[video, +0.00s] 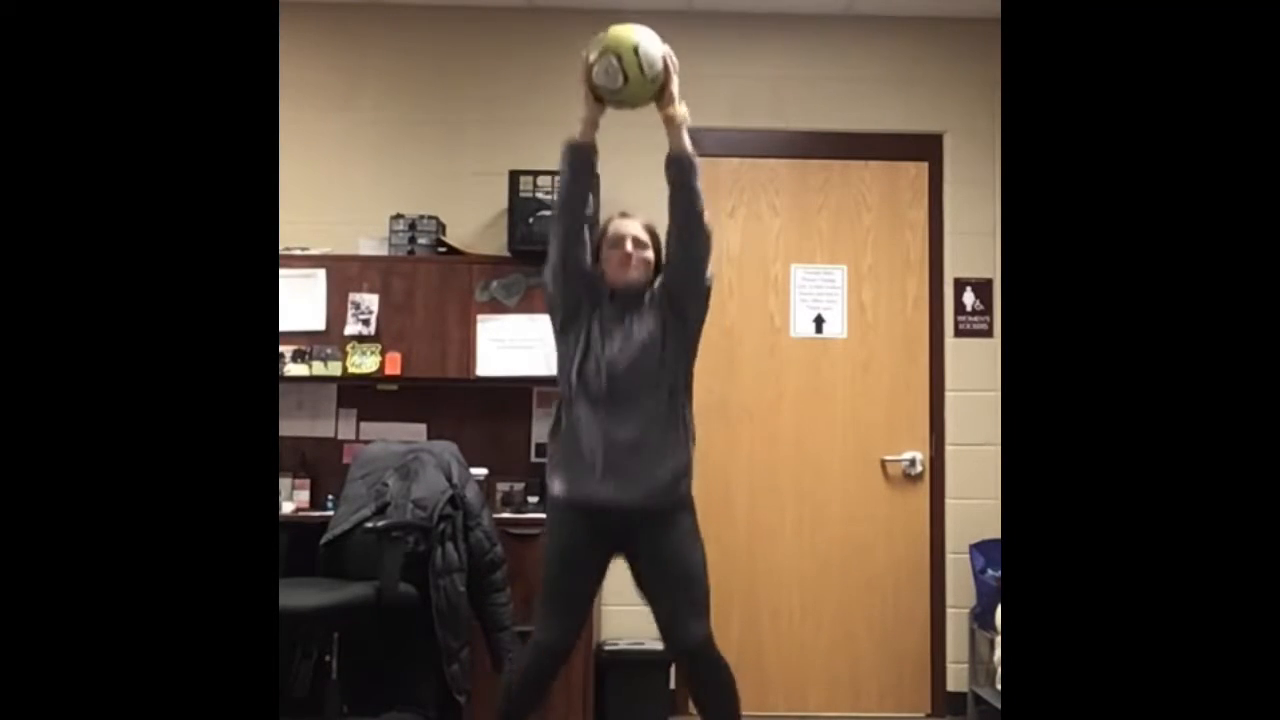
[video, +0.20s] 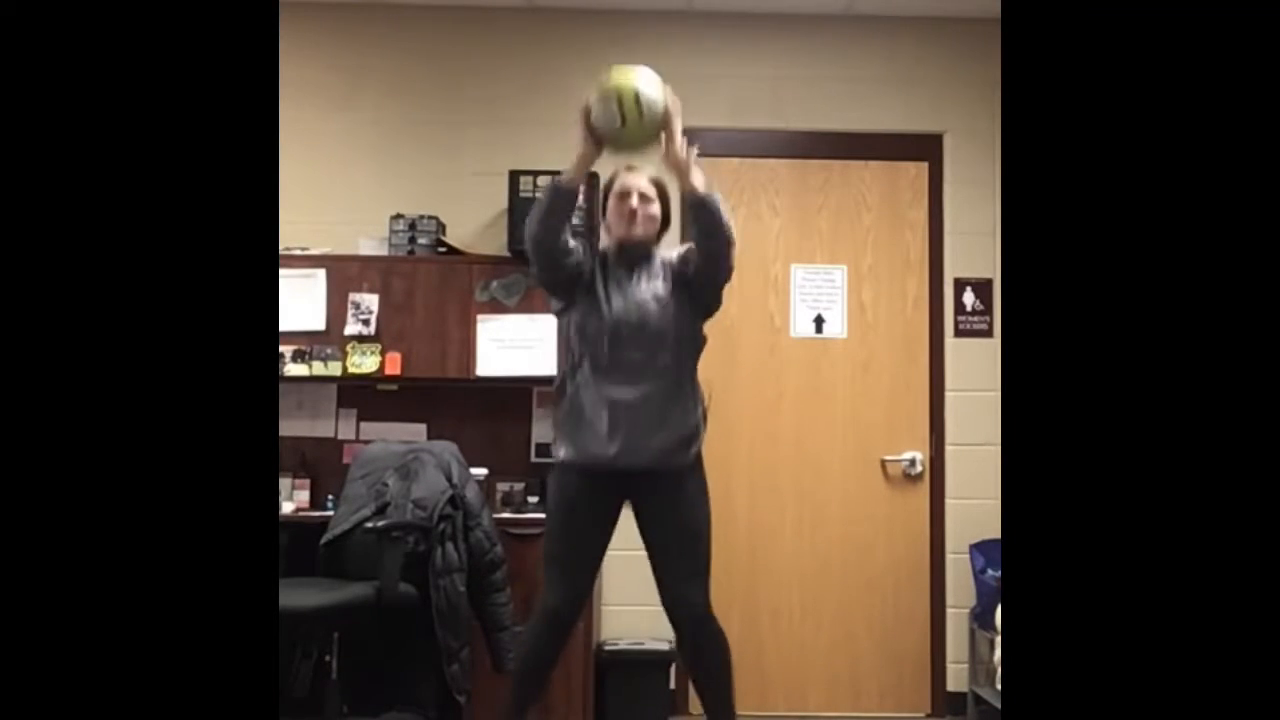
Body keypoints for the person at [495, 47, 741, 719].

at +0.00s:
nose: (632, 249)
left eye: (642, 242)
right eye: (619, 242)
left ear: (657, 261)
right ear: (595, 260)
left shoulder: (676, 315)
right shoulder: (577, 314)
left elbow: (691, 231)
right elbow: (570, 221)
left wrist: (676, 124)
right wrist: (589, 117)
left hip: (660, 507)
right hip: (579, 507)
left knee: (693, 645)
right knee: (549, 647)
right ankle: (504, 714)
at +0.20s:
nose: (636, 202)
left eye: (648, 196)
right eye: (623, 195)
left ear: (664, 218)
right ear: (603, 214)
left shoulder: (683, 277)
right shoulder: (579, 274)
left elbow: (716, 253)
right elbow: (540, 240)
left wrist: (687, 172)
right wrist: (581, 160)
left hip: (669, 461)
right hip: (586, 461)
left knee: (691, 610)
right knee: (557, 607)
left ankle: (722, 716)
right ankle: (516, 709)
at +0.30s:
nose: (633, 199)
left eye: (646, 189)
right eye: (620, 188)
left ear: (668, 199)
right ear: (600, 198)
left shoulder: (692, 259)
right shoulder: (576, 254)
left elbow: (725, 309)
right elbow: (535, 299)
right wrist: (583, 238)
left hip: (671, 449)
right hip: (590, 447)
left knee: (676, 592)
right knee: (574, 589)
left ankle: (692, 710)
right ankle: (552, 709)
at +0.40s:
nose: (639, 213)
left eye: (651, 205)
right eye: (627, 205)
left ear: (668, 224)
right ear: (609, 221)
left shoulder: (695, 298)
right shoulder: (572, 294)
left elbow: (718, 388)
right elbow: (542, 382)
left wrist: (671, 340)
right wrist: (590, 329)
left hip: (672, 479)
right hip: (592, 479)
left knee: (663, 618)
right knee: (596, 618)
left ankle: (662, 713)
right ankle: (603, 713)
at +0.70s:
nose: (640, 185)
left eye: (652, 174)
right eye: (627, 173)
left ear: (672, 180)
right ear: (605, 180)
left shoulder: (684, 249)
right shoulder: (584, 251)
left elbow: (725, 294)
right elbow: (545, 298)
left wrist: (687, 252)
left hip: (672, 448)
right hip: (593, 448)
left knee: (670, 593)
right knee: (582, 593)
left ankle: (674, 704)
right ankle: (576, 708)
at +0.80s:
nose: (643, 197)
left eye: (654, 190)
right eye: (629, 189)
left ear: (671, 207)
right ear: (611, 205)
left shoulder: (694, 268)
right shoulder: (587, 264)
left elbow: (723, 211)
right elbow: (557, 211)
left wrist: (686, 126)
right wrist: (596, 120)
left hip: (672, 446)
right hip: (594, 444)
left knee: (686, 599)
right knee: (567, 603)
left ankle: (704, 706)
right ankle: (539, 708)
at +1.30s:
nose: (629, 215)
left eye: (641, 208)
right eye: (618, 206)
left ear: (658, 227)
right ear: (599, 219)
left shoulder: (674, 289)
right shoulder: (577, 281)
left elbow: (709, 251)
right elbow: (535, 252)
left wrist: (677, 174)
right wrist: (570, 170)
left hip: (657, 467)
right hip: (578, 465)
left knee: (679, 614)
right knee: (542, 610)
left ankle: (709, 711)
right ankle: (487, 711)